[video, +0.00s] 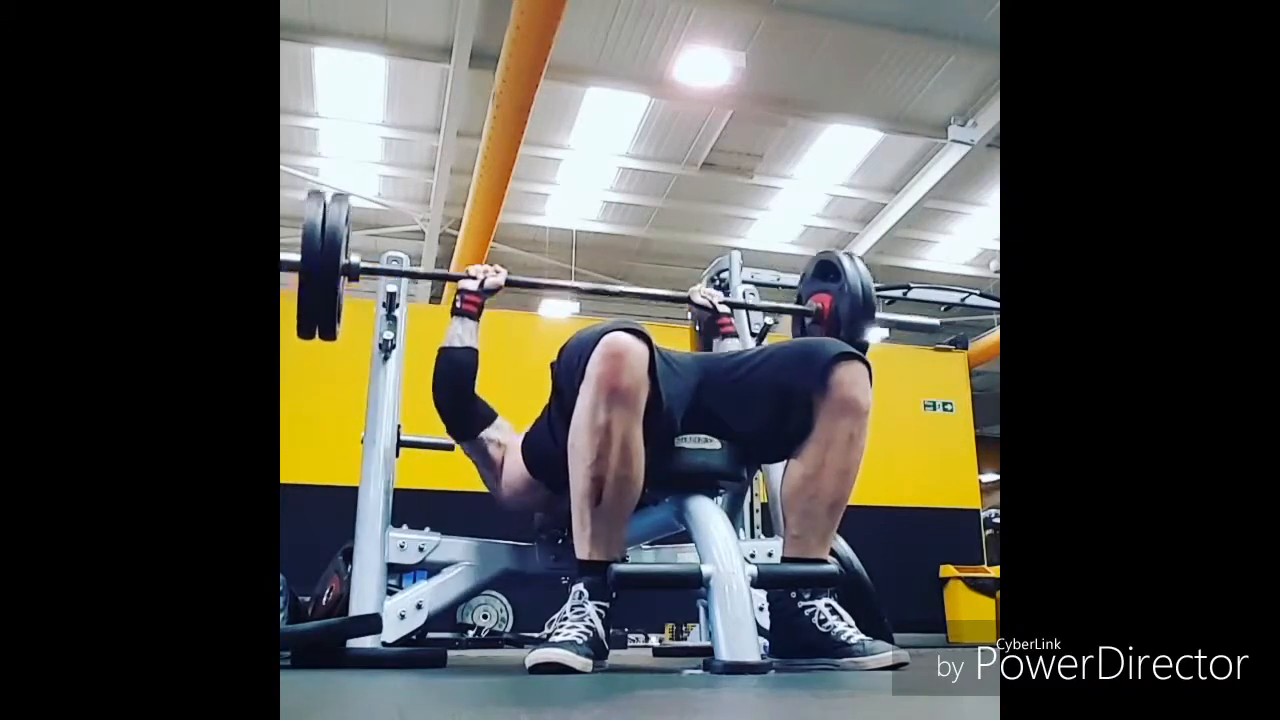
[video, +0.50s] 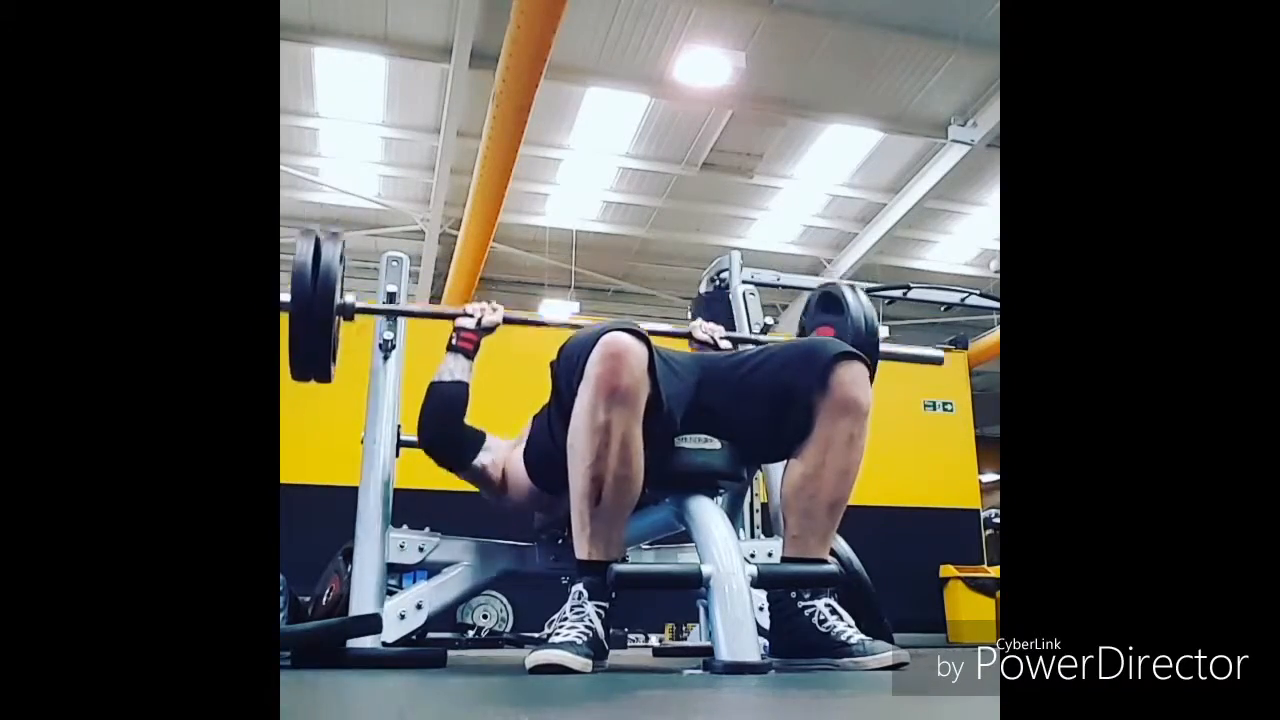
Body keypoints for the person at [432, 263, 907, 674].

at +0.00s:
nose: (499, 450)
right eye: (498, 456)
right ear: (506, 474)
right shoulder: (517, 469)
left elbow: (735, 402)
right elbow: (454, 397)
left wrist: (720, 336)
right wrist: (469, 303)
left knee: (844, 375)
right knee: (618, 352)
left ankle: (800, 609)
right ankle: (584, 608)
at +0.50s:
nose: (491, 464)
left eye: (494, 464)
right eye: (490, 471)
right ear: (499, 475)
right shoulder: (517, 467)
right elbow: (440, 433)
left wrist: (717, 356)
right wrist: (465, 340)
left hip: (708, 389)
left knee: (846, 377)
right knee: (619, 355)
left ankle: (799, 609)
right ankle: (587, 606)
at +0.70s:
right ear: (494, 508)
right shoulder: (525, 490)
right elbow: (450, 498)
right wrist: (466, 407)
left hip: (701, 375)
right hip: (627, 361)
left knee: (850, 375)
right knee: (622, 356)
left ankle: (801, 606)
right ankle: (588, 606)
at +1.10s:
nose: (498, 470)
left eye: (497, 472)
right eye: (493, 476)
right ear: (498, 472)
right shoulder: (519, 460)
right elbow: (443, 428)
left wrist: (723, 348)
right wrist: (463, 339)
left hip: (704, 386)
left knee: (845, 378)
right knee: (621, 355)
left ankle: (798, 609)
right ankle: (587, 606)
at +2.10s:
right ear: (490, 505)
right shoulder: (519, 483)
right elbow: (448, 500)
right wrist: (466, 406)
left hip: (708, 376)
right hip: (630, 358)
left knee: (850, 375)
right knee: (618, 356)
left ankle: (801, 607)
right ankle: (587, 606)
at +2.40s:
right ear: (499, 477)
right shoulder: (514, 476)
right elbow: (440, 459)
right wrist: (465, 366)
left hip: (709, 372)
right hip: (622, 354)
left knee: (848, 376)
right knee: (622, 359)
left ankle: (801, 607)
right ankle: (588, 604)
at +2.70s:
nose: (496, 445)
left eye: (496, 446)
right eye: (492, 451)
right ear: (498, 466)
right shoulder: (522, 475)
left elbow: (735, 394)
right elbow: (455, 396)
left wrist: (720, 328)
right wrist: (468, 300)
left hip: (707, 384)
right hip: (631, 366)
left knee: (851, 377)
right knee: (628, 355)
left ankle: (800, 606)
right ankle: (586, 605)